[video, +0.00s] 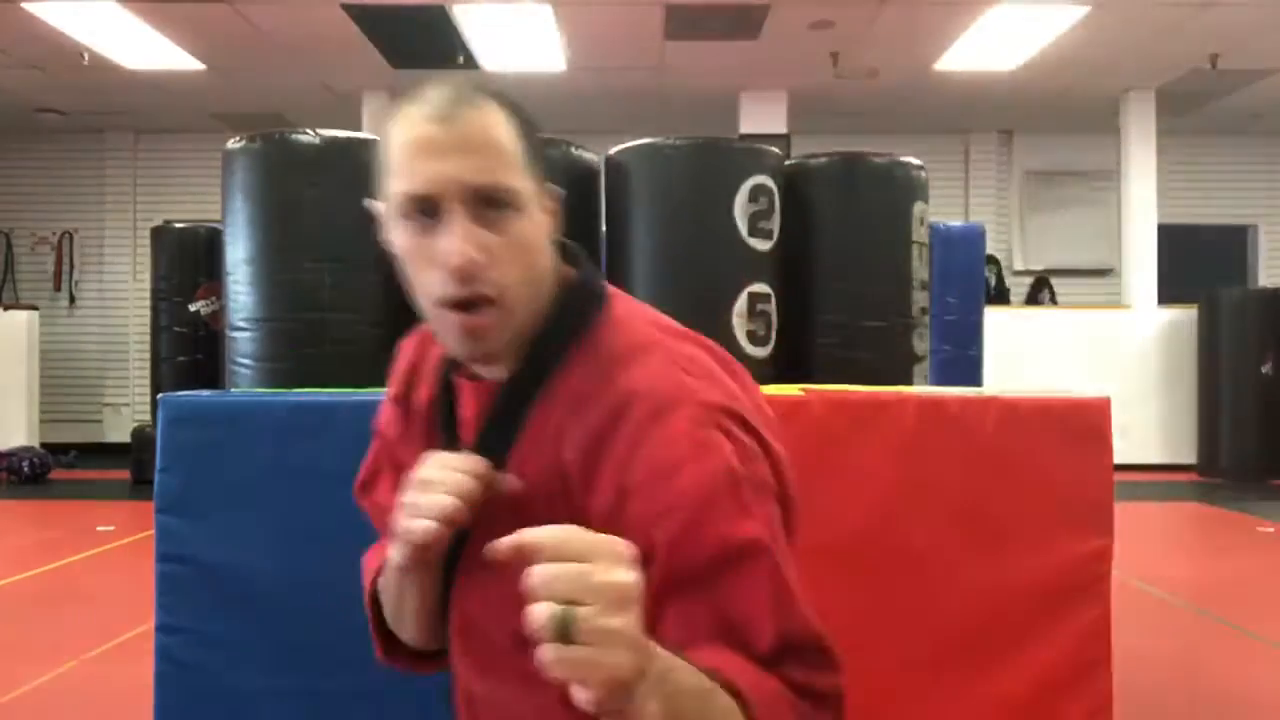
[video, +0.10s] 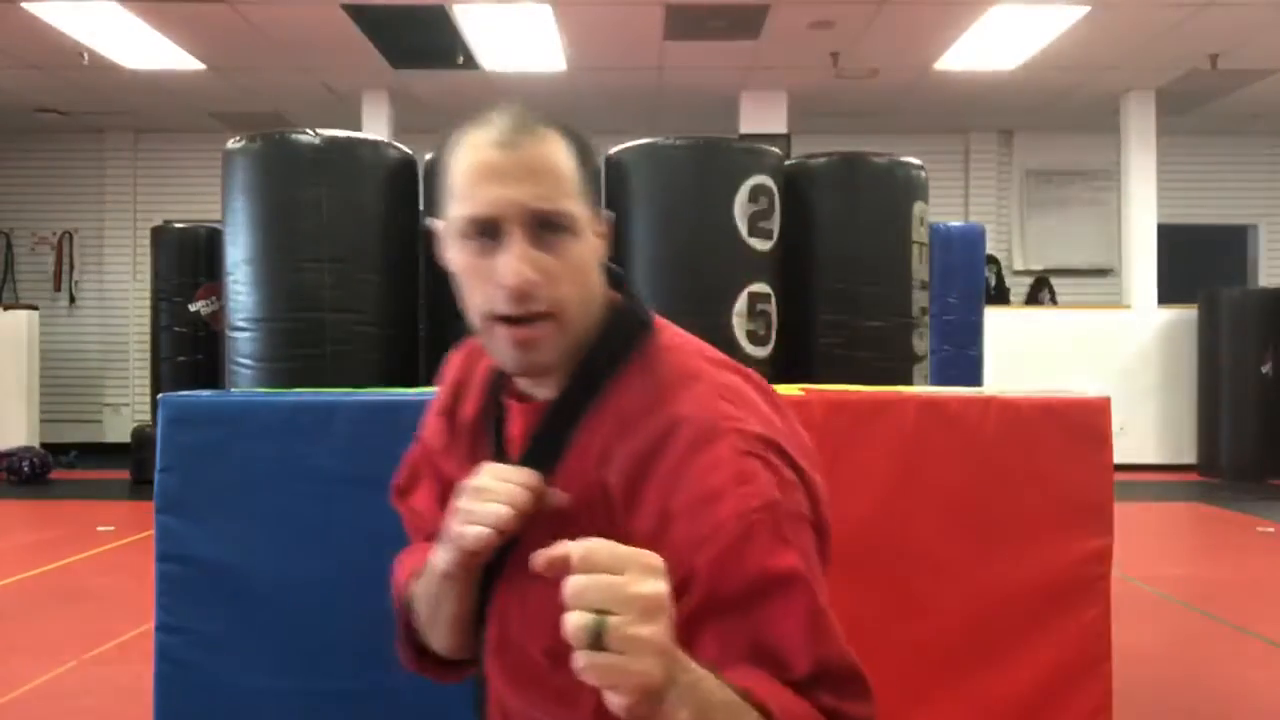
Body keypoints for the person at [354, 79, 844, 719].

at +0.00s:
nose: (460, 255)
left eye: (492, 208)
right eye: (423, 214)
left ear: (550, 215)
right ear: (386, 235)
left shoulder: (672, 410)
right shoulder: (425, 367)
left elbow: (790, 698)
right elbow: (415, 635)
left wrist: (645, 677)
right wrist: (414, 566)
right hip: (491, 706)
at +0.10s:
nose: (518, 274)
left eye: (550, 230)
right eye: (484, 236)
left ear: (603, 238)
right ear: (443, 252)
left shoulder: (712, 435)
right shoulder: (472, 379)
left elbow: (806, 702)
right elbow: (439, 644)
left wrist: (675, 683)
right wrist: (450, 566)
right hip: (520, 706)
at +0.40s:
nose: (623, 280)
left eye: (653, 241)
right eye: (593, 244)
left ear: (696, 250)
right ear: (553, 258)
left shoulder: (791, 436)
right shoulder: (559, 387)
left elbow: (886, 700)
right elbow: (507, 633)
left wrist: (759, 661)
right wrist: (535, 545)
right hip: (564, 703)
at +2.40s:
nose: (690, 262)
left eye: (722, 229)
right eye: (664, 227)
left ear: (767, 244)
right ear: (624, 239)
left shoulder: (848, 436)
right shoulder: (605, 391)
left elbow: (917, 706)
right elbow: (538, 627)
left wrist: (818, 629)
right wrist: (573, 549)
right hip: (594, 707)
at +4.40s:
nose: (665, 274)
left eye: (707, 240)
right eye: (649, 233)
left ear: (761, 260)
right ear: (621, 241)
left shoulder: (841, 440)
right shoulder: (599, 389)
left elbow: (931, 705)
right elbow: (534, 632)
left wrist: (817, 650)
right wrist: (567, 557)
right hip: (588, 706)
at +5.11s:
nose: (692, 256)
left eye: (727, 228)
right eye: (671, 222)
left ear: (775, 253)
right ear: (636, 238)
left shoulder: (851, 419)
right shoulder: (598, 384)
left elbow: (958, 700)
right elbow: (537, 638)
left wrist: (847, 643)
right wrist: (566, 557)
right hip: (608, 704)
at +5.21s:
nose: (705, 246)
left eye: (736, 215)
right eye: (679, 215)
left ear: (782, 237)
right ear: (644, 237)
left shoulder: (867, 405)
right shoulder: (592, 379)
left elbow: (929, 701)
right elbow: (542, 636)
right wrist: (547, 564)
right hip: (627, 704)